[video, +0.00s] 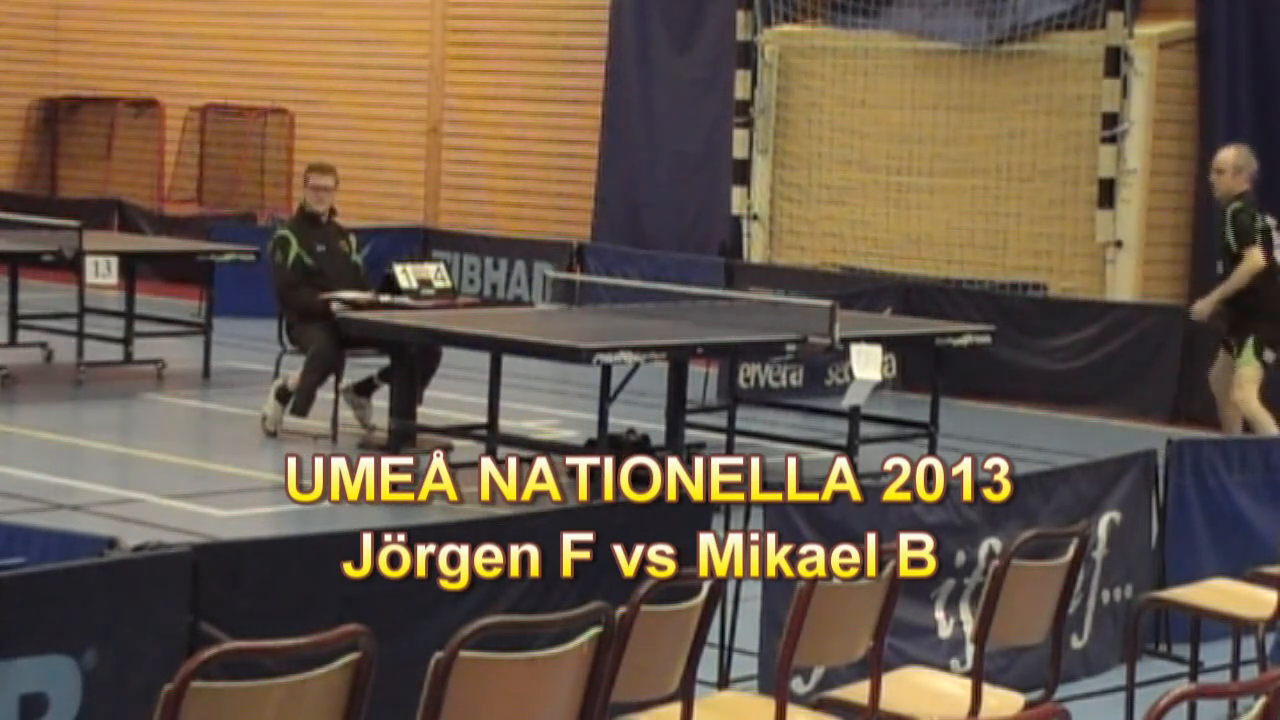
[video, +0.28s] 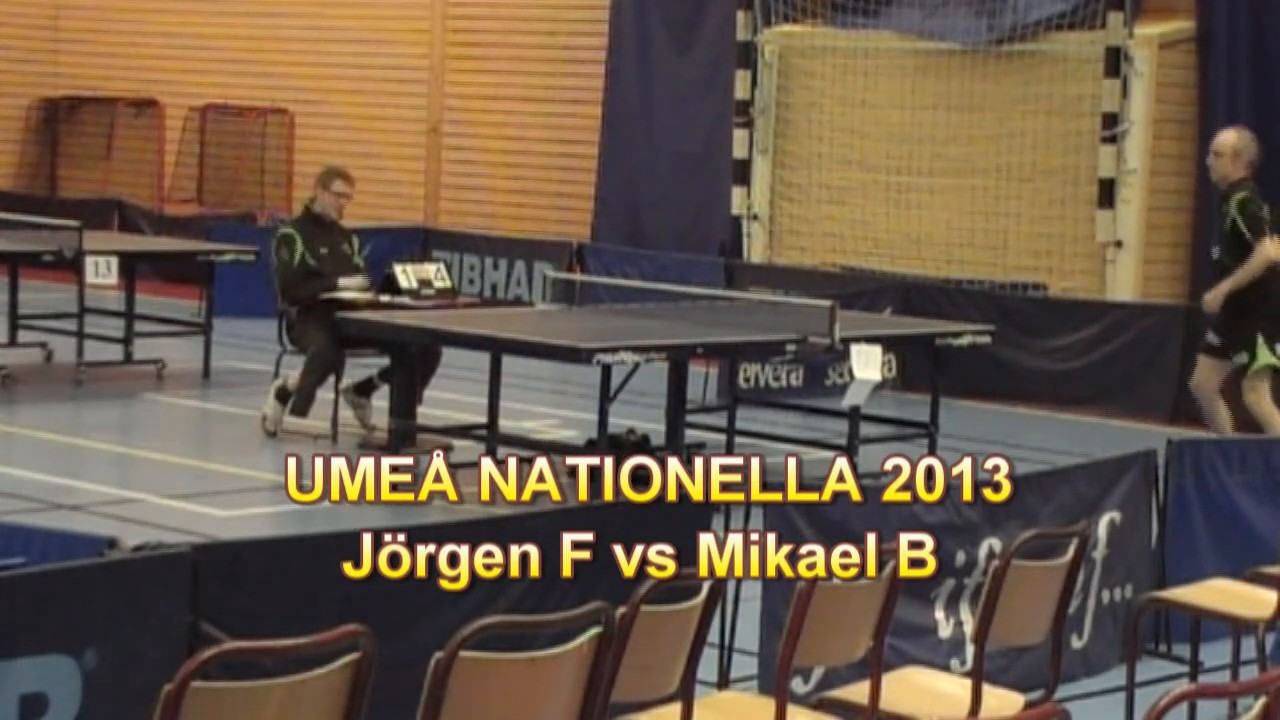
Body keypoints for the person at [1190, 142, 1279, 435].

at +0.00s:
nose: (1212, 178)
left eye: (1220, 172)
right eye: (1212, 171)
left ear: (1244, 179)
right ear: (1239, 180)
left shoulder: (1240, 212)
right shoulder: (1255, 214)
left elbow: (1254, 259)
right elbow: (1272, 261)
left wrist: (1211, 300)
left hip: (1260, 319)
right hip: (1244, 317)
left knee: (1243, 395)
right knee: (1220, 380)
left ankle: (1277, 452)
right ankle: (1234, 455)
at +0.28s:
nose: (1210, 161)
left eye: (1219, 155)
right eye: (1210, 154)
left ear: (1243, 164)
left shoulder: (1246, 201)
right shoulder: (1233, 200)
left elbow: (1267, 251)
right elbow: (1261, 250)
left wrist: (1222, 289)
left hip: (1247, 310)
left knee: (1204, 384)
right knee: (1257, 395)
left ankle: (1232, 454)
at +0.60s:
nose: (1160, 164)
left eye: (1168, 158)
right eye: (1161, 157)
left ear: (1190, 162)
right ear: (1177, 162)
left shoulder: (1198, 202)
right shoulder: (1177, 201)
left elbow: (1213, 259)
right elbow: (1182, 259)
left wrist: (1162, 285)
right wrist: (1161, 297)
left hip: (1206, 317)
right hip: (1177, 316)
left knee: (1217, 397)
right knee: (1154, 390)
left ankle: (1269, 449)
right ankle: (1161, 469)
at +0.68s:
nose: (1149, 160)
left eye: (1156, 153)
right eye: (1149, 153)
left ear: (1177, 158)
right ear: (1160, 156)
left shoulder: (1190, 200)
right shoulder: (1157, 199)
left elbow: (1205, 254)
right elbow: (1161, 257)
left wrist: (1150, 281)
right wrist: (1137, 291)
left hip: (1190, 311)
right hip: (1157, 310)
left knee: (1186, 396)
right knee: (1146, 389)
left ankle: (1245, 452)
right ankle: (1160, 469)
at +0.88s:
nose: (1119, 155)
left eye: (1126, 149)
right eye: (1119, 148)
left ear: (1151, 151)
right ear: (1122, 150)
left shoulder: (1168, 194)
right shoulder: (1116, 191)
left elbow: (1185, 250)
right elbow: (1110, 244)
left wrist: (1126, 268)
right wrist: (1092, 263)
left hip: (1157, 303)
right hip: (1122, 299)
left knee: (1127, 383)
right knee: (1133, 390)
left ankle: (1141, 463)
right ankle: (1153, 467)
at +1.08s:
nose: (1083, 164)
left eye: (1091, 158)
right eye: (1082, 157)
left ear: (1113, 162)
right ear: (1081, 157)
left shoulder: (1130, 204)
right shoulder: (1076, 197)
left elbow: (1151, 258)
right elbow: (1061, 240)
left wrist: (1097, 277)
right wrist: (1063, 262)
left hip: (1116, 308)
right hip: (1083, 305)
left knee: (1085, 389)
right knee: (1111, 396)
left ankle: (1067, 467)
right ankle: (1146, 455)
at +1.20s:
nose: (1063, 166)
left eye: (1070, 159)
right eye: (1060, 158)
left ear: (1088, 161)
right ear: (1056, 160)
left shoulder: (1106, 196)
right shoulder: (1051, 195)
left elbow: (1131, 254)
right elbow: (1039, 238)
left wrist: (1082, 279)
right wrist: (1050, 273)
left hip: (1097, 308)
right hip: (1060, 307)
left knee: (1067, 385)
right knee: (1063, 389)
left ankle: (1061, 466)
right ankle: (1117, 444)